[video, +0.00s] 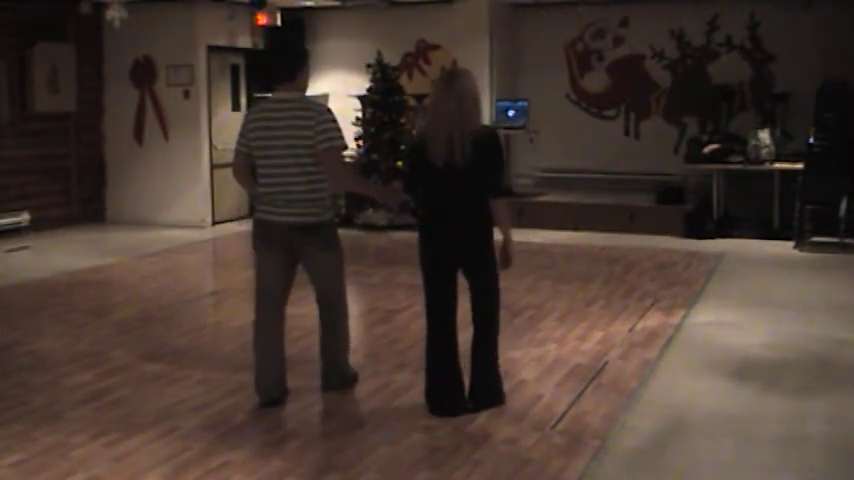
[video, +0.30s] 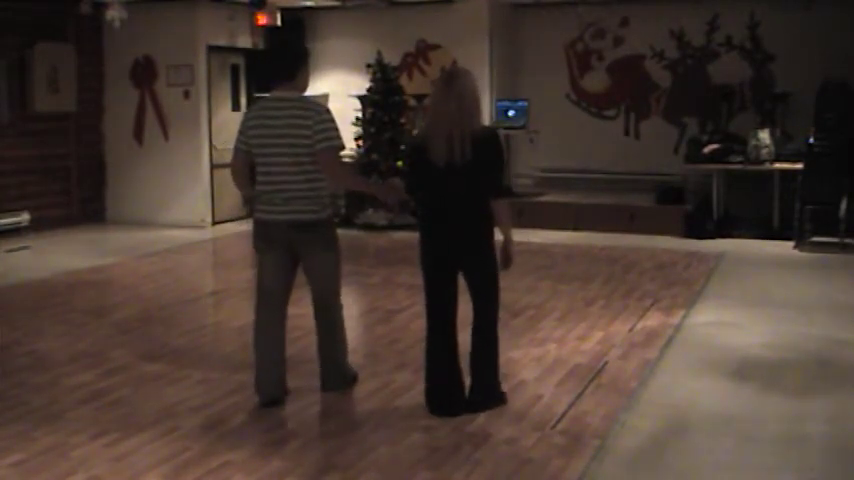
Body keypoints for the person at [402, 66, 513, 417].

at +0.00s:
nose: (474, 103)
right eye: (473, 97)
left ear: (436, 101)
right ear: (474, 101)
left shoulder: (422, 143)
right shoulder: (484, 139)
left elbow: (414, 194)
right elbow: (496, 196)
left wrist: (429, 218)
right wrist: (506, 238)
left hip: (435, 242)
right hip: (475, 240)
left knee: (440, 319)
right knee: (486, 316)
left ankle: (442, 396)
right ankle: (485, 391)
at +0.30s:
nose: (474, 103)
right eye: (473, 96)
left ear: (436, 101)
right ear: (474, 101)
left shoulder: (421, 144)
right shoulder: (485, 140)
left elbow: (415, 196)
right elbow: (497, 195)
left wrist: (430, 223)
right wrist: (507, 238)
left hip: (435, 243)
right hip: (475, 241)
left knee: (440, 318)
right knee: (486, 314)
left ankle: (441, 395)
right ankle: (485, 390)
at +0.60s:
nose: (475, 103)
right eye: (474, 97)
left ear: (437, 101)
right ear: (475, 101)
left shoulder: (421, 144)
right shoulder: (486, 140)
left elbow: (416, 196)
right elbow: (498, 195)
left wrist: (430, 222)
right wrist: (509, 237)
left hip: (436, 243)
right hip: (477, 240)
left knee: (441, 317)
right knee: (492, 307)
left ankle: (443, 396)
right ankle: (487, 389)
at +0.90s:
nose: (476, 103)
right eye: (475, 97)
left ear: (437, 101)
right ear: (476, 101)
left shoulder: (422, 145)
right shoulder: (487, 140)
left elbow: (415, 196)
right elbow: (498, 196)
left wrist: (431, 223)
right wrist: (508, 238)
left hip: (436, 243)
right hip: (476, 241)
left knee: (441, 319)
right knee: (487, 314)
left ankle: (442, 395)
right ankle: (484, 389)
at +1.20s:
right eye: (475, 97)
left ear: (437, 103)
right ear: (477, 101)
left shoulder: (423, 145)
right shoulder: (488, 140)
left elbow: (413, 195)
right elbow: (500, 196)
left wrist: (430, 220)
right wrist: (508, 235)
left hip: (436, 244)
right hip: (477, 242)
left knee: (440, 319)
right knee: (488, 315)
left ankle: (442, 396)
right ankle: (485, 390)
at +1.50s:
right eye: (477, 95)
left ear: (439, 100)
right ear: (478, 99)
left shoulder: (426, 141)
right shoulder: (489, 138)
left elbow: (412, 191)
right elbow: (505, 192)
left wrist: (428, 215)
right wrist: (511, 223)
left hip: (439, 239)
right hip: (479, 238)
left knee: (442, 317)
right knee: (499, 296)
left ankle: (445, 397)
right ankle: (493, 376)